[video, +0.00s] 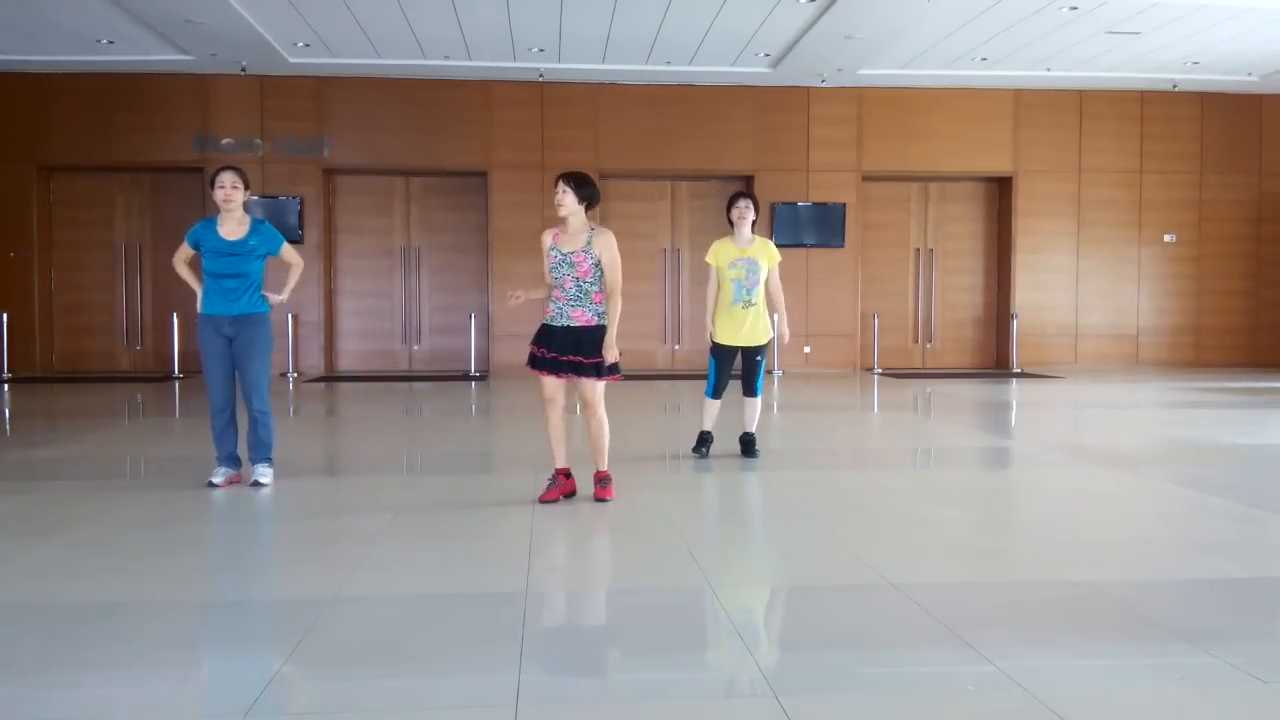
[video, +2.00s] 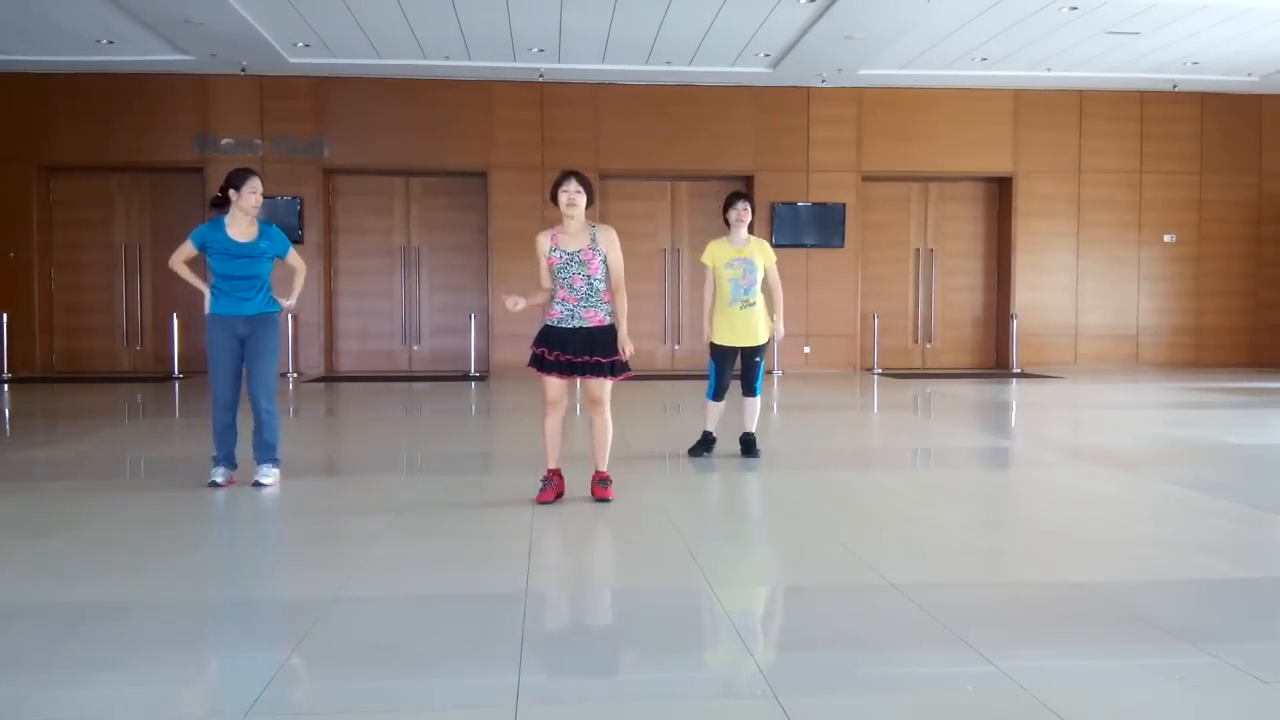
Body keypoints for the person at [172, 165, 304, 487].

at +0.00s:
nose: (227, 192)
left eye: (233, 187)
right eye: (221, 187)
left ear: (245, 193)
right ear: (213, 194)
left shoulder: (262, 230)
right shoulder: (203, 230)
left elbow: (297, 262)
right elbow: (178, 260)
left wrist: (283, 295)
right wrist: (199, 289)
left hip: (252, 321)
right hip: (212, 322)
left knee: (256, 397)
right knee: (219, 398)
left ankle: (262, 464)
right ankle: (228, 465)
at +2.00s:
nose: (258, 199)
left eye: (261, 193)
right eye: (252, 193)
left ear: (262, 196)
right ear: (232, 194)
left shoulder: (270, 233)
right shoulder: (210, 231)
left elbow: (300, 266)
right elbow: (175, 261)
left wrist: (293, 298)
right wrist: (204, 288)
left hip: (264, 321)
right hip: (222, 322)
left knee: (263, 396)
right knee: (223, 397)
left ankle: (268, 464)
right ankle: (224, 465)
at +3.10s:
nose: (247, 203)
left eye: (248, 196)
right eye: (241, 196)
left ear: (245, 199)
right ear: (222, 197)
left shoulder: (251, 236)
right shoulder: (195, 231)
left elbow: (286, 265)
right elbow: (152, 259)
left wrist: (326, 281)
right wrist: (184, 289)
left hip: (243, 321)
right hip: (203, 322)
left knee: (248, 395)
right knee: (209, 397)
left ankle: (256, 464)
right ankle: (215, 465)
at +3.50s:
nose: (241, 202)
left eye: (241, 196)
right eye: (235, 196)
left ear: (232, 199)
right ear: (215, 198)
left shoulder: (243, 237)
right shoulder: (191, 233)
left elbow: (271, 277)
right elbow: (148, 263)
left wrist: (303, 295)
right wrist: (183, 291)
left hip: (241, 324)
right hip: (203, 324)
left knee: (250, 395)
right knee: (209, 399)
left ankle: (245, 465)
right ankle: (215, 467)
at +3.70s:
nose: (243, 200)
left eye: (243, 194)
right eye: (237, 194)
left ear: (236, 198)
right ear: (217, 197)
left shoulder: (248, 237)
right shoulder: (194, 233)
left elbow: (257, 283)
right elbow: (152, 263)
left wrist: (266, 324)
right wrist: (187, 291)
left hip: (246, 323)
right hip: (206, 324)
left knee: (247, 396)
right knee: (210, 399)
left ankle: (250, 463)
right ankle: (215, 465)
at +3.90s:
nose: (246, 197)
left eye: (247, 191)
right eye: (240, 191)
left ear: (243, 195)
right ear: (219, 194)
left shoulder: (256, 234)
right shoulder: (197, 231)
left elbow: (272, 279)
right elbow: (159, 262)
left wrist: (284, 321)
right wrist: (192, 289)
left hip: (251, 321)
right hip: (211, 322)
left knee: (250, 397)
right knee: (214, 396)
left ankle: (250, 462)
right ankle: (215, 465)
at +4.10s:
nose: (247, 199)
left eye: (248, 193)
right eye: (240, 194)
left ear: (248, 196)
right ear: (221, 197)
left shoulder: (259, 234)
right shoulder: (200, 235)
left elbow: (275, 280)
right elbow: (166, 266)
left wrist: (292, 320)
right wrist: (197, 292)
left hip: (257, 324)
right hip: (218, 325)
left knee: (254, 397)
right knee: (219, 395)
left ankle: (250, 462)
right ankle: (219, 464)